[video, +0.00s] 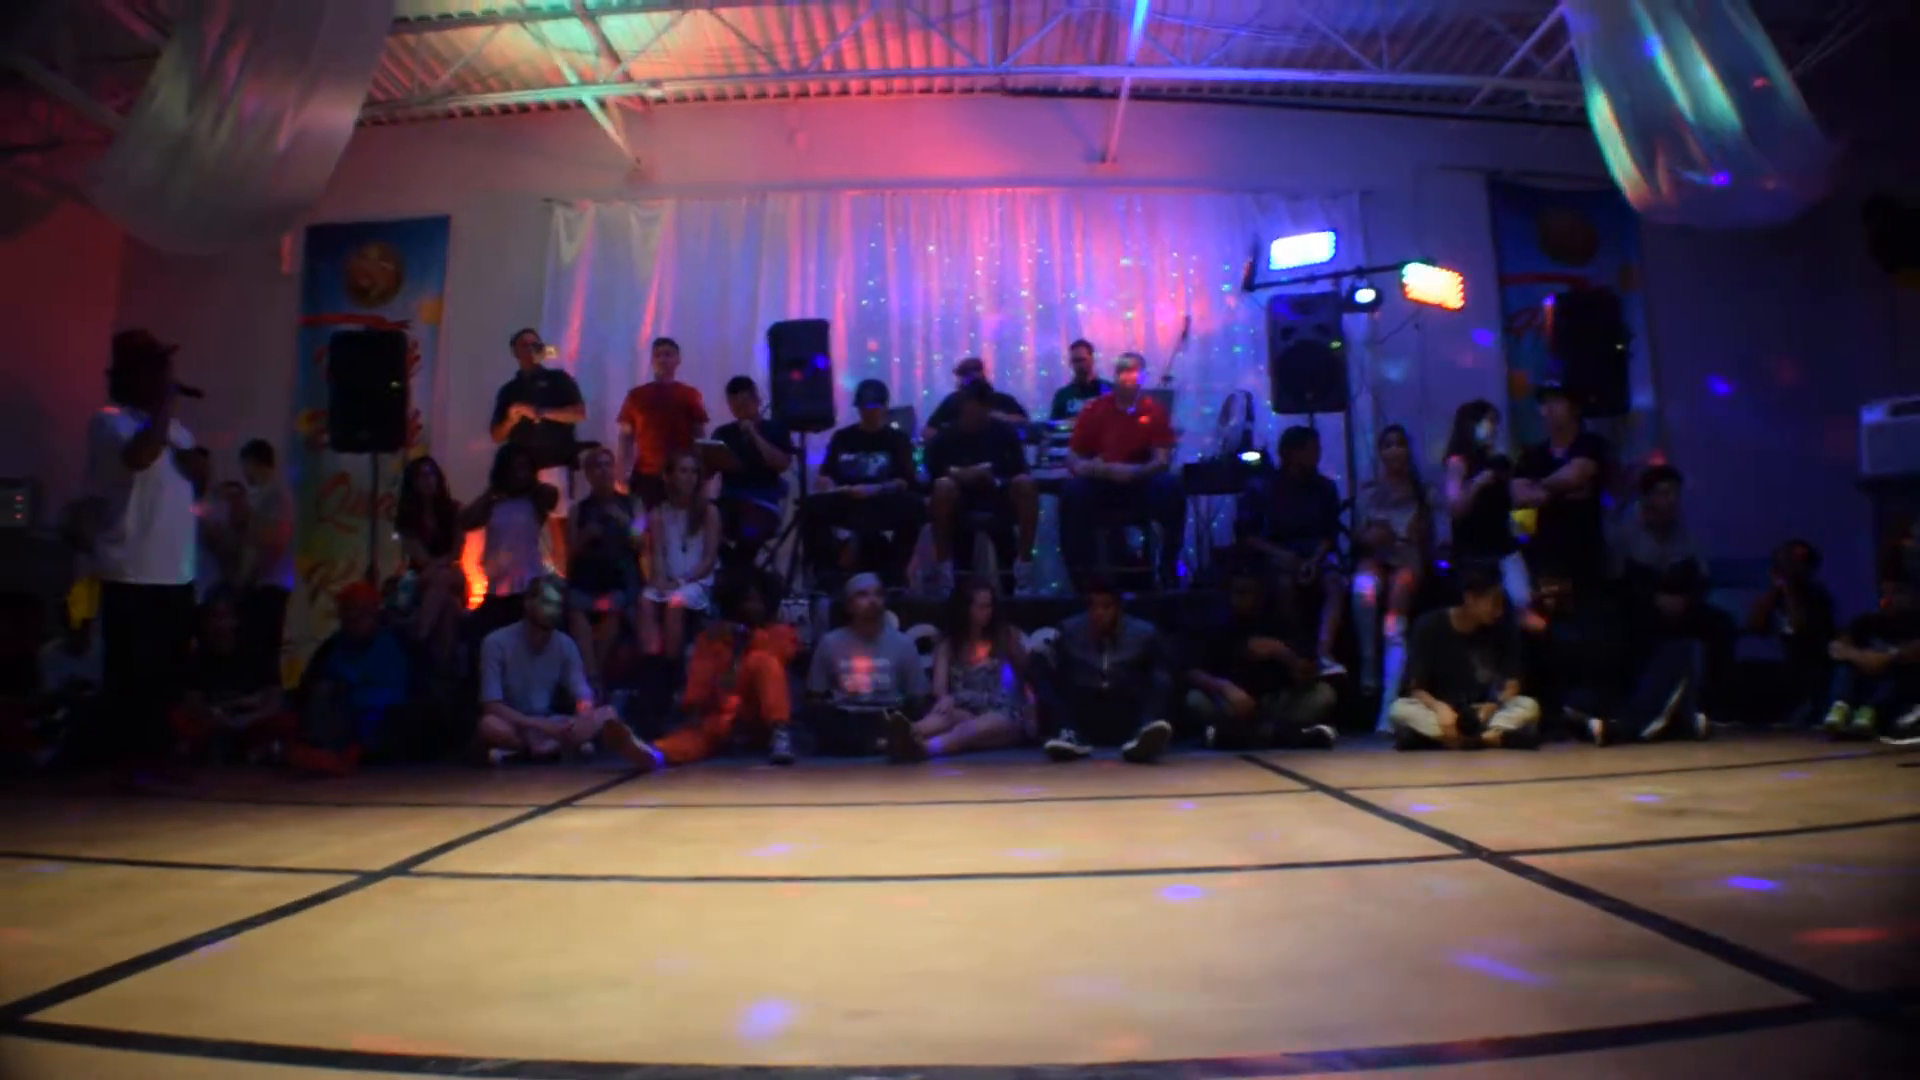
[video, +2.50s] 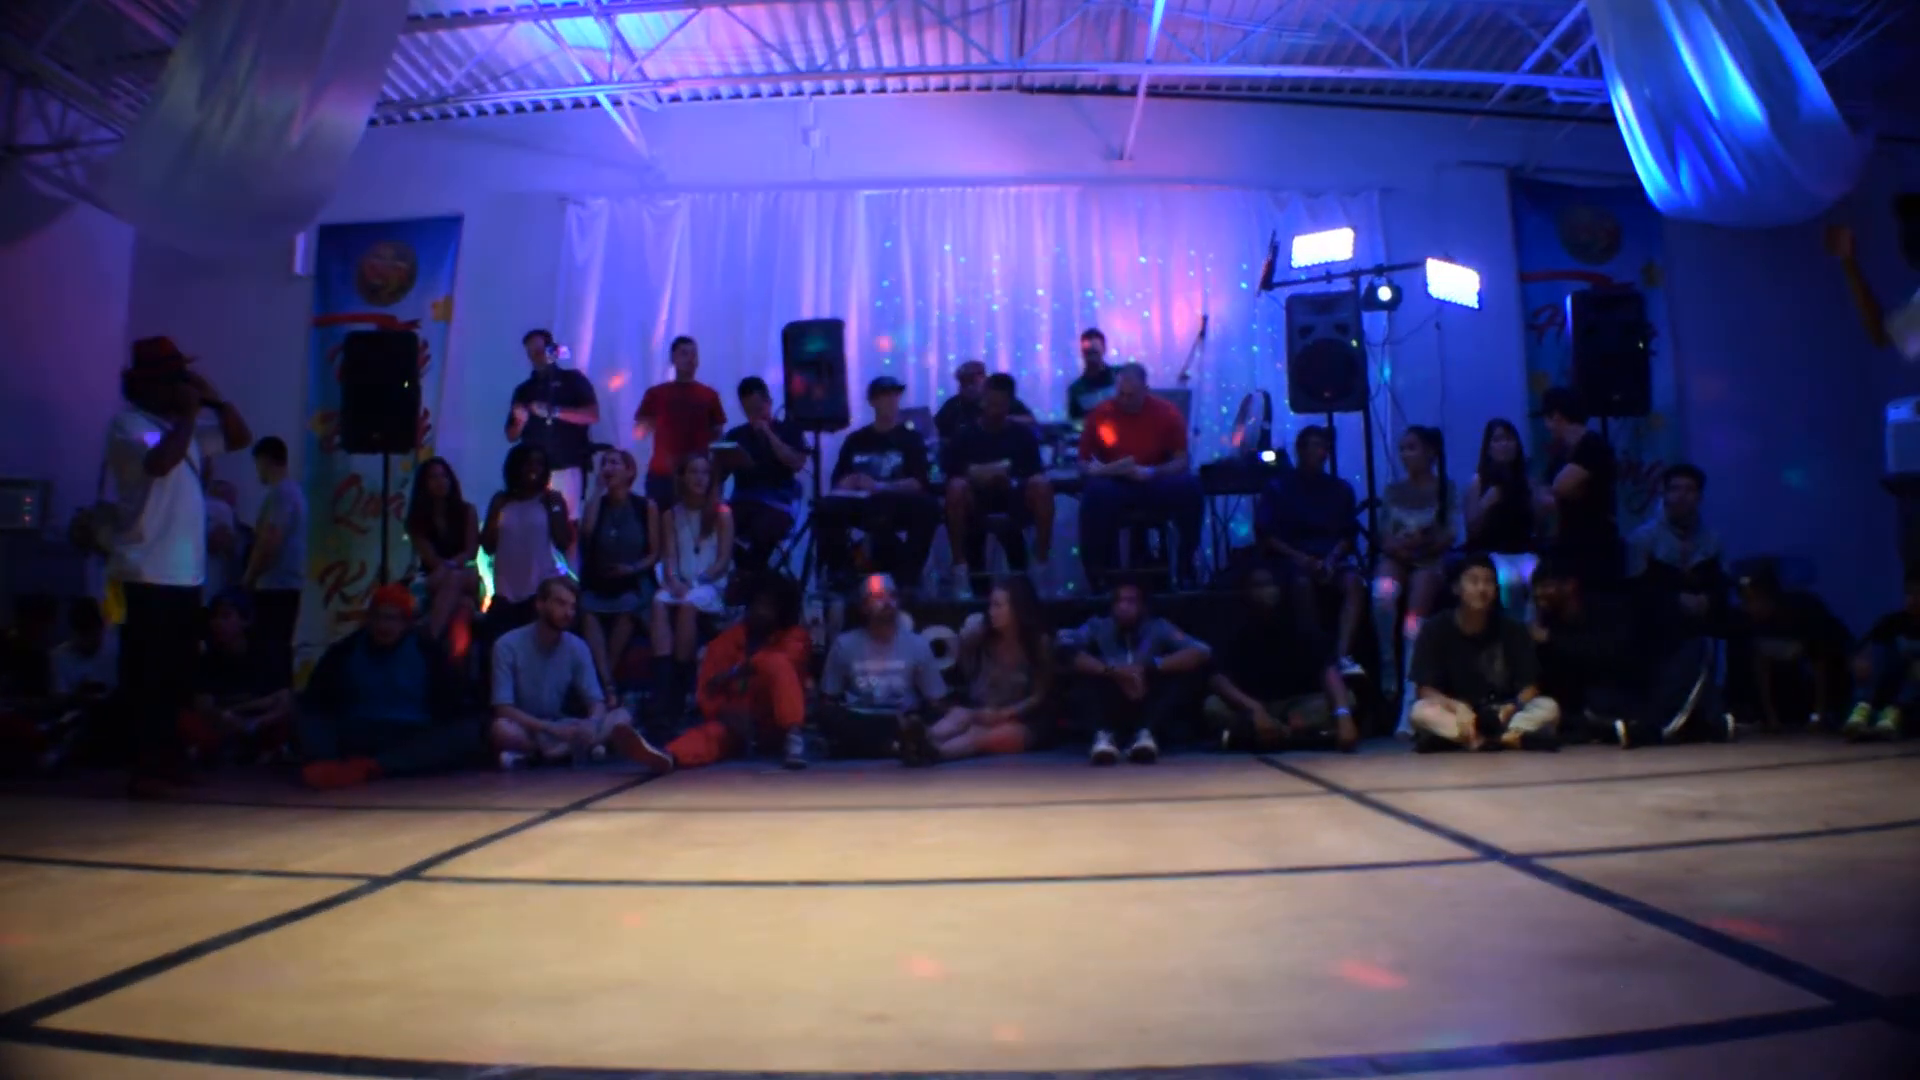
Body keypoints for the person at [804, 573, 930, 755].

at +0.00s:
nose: (872, 601)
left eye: (877, 594)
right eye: (863, 595)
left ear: (883, 600)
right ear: (850, 604)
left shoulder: (902, 644)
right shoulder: (831, 644)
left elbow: (918, 698)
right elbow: (815, 697)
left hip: (889, 722)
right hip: (843, 722)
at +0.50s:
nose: (896, 599)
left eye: (901, 592)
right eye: (887, 593)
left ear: (907, 598)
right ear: (874, 601)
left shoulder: (926, 641)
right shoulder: (854, 640)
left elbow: (943, 696)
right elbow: (838, 694)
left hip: (913, 711)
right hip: (869, 711)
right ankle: (903, 740)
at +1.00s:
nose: (894, 602)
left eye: (898, 595)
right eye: (885, 596)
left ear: (903, 600)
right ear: (870, 605)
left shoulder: (922, 643)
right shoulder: (851, 643)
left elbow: (940, 699)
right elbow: (834, 698)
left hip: (909, 715)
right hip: (866, 715)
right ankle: (900, 744)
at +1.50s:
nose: (888, 602)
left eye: (892, 596)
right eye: (880, 597)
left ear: (898, 602)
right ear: (866, 605)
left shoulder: (917, 645)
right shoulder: (846, 645)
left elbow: (936, 702)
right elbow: (829, 699)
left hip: (905, 716)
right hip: (860, 717)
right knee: (831, 718)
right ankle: (894, 744)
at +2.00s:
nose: (888, 603)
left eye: (892, 597)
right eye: (879, 597)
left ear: (898, 602)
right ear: (865, 606)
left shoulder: (916, 645)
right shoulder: (845, 645)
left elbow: (936, 701)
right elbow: (829, 699)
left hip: (905, 715)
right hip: (860, 716)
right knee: (830, 717)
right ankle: (892, 745)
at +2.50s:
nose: (886, 603)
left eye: (891, 596)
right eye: (878, 598)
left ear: (897, 601)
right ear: (864, 605)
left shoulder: (916, 645)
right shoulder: (845, 645)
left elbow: (937, 702)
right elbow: (829, 701)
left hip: (908, 721)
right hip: (862, 722)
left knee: (964, 714)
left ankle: (925, 747)